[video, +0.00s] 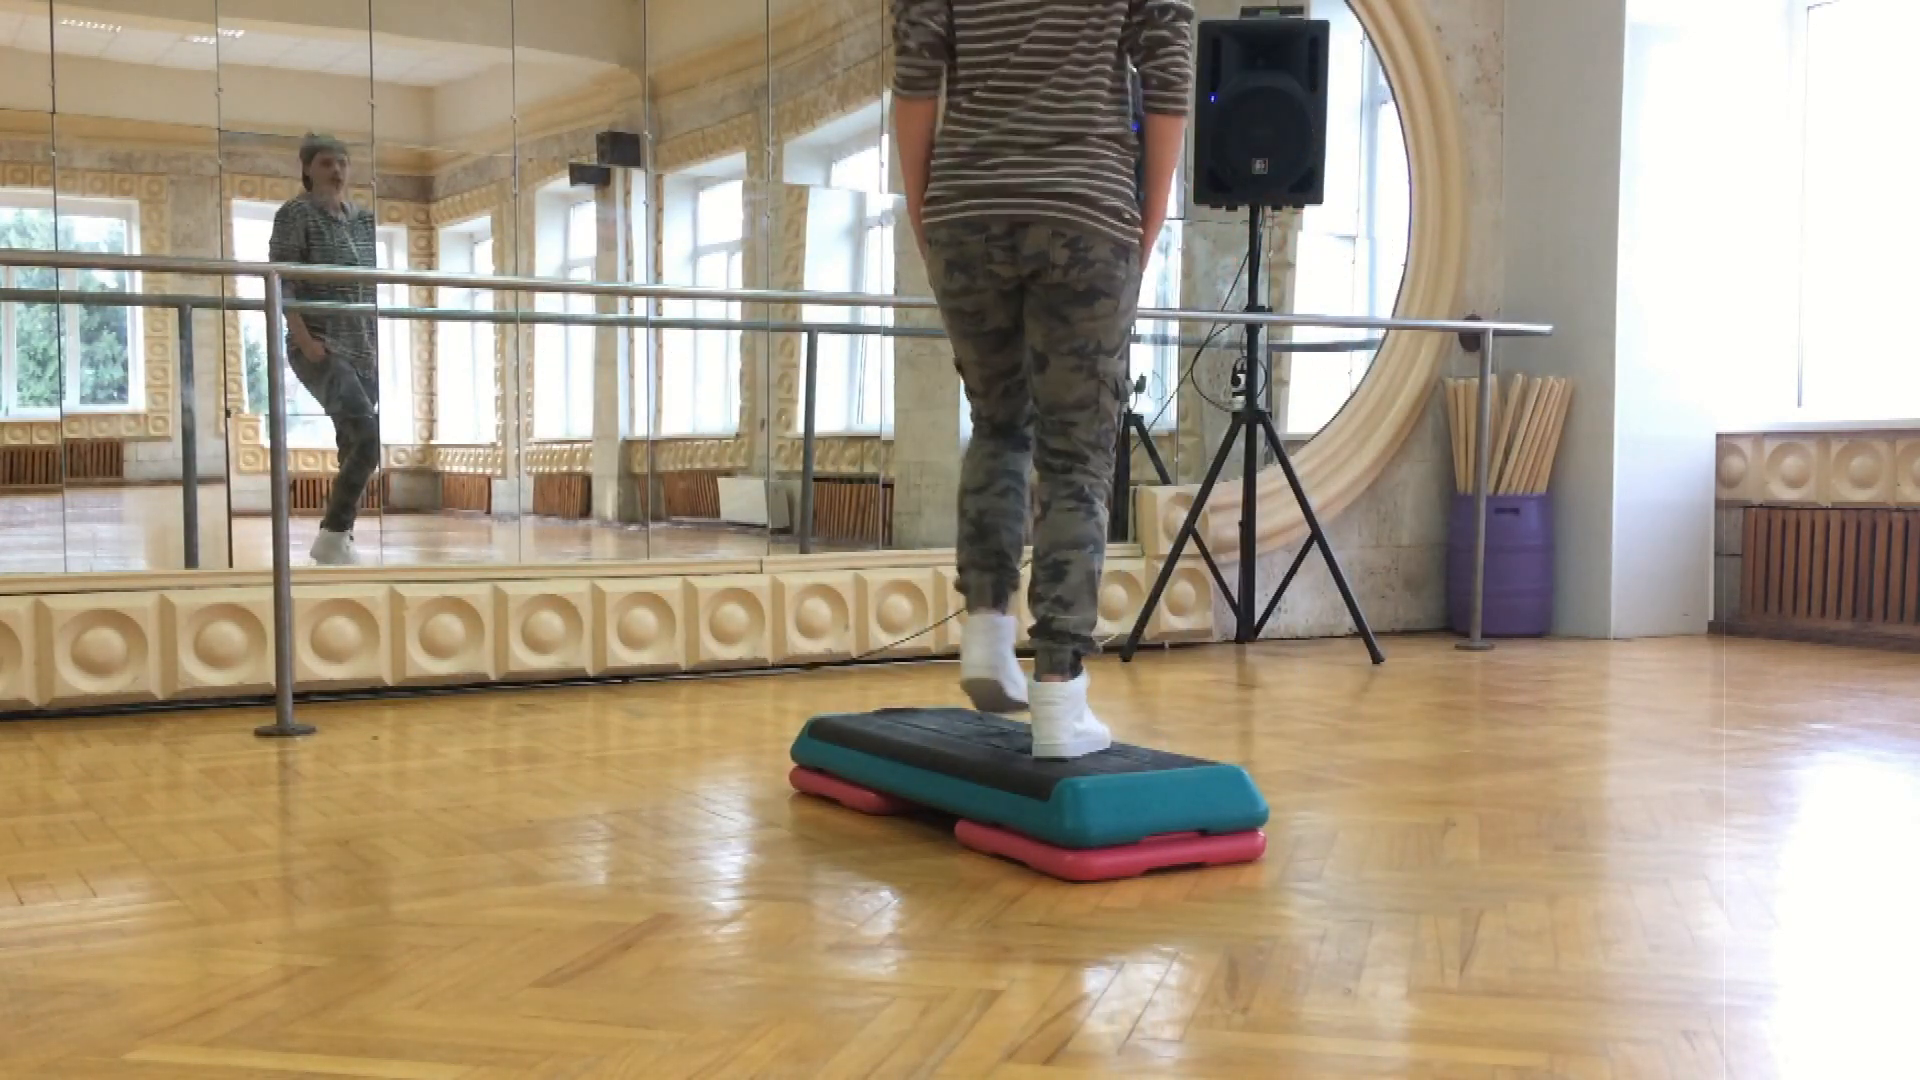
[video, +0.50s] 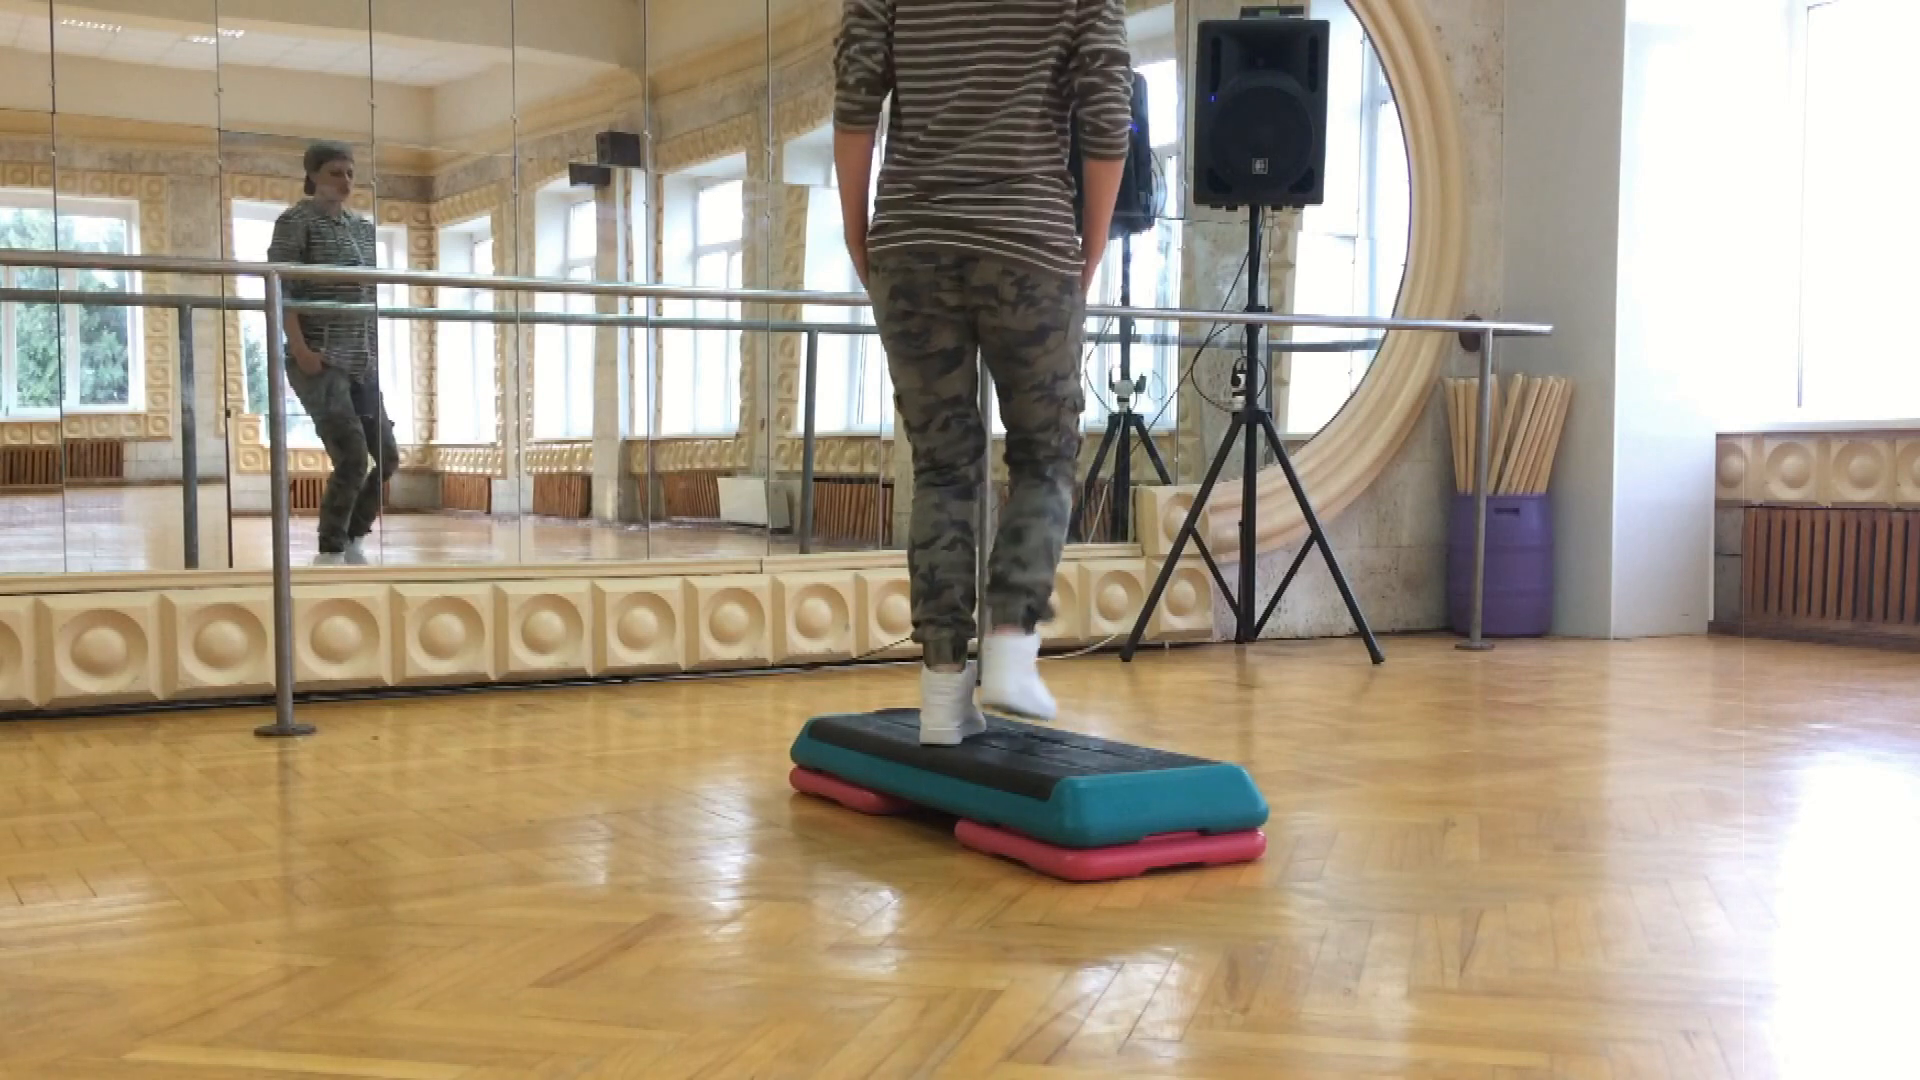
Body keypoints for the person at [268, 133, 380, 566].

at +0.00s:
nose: (336, 168)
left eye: (341, 162)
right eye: (326, 162)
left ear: (349, 171)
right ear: (307, 170)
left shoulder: (362, 219)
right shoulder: (296, 212)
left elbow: (366, 285)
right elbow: (279, 280)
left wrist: (370, 340)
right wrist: (303, 337)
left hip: (363, 347)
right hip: (319, 345)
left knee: (360, 446)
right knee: (364, 438)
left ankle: (338, 541)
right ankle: (331, 537)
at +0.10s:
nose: (337, 166)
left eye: (342, 160)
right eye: (327, 160)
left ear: (350, 168)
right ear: (307, 168)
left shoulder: (362, 218)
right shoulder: (293, 211)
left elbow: (365, 284)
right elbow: (277, 279)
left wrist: (370, 339)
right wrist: (305, 336)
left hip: (362, 346)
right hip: (319, 343)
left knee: (354, 444)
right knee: (364, 436)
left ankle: (334, 543)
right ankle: (332, 539)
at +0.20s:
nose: (339, 172)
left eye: (343, 166)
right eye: (329, 166)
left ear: (349, 173)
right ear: (308, 172)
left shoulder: (363, 228)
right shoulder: (293, 222)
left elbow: (366, 294)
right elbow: (276, 293)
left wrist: (369, 346)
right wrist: (304, 346)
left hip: (363, 355)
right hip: (321, 355)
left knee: (366, 454)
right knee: (359, 451)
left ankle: (336, 547)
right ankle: (331, 549)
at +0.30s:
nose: (340, 177)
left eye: (344, 172)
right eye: (330, 171)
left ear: (349, 179)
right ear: (308, 175)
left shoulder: (361, 230)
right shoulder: (294, 223)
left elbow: (367, 295)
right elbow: (282, 294)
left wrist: (370, 350)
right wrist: (299, 349)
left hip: (362, 362)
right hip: (319, 360)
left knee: (369, 464)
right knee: (352, 456)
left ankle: (342, 549)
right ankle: (330, 551)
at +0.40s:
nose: (340, 179)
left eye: (346, 173)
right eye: (331, 172)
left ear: (351, 180)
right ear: (309, 177)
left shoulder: (362, 226)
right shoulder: (297, 216)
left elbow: (365, 291)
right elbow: (281, 285)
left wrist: (370, 350)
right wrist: (298, 347)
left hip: (359, 360)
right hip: (317, 358)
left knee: (384, 456)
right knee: (353, 455)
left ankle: (348, 539)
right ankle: (329, 549)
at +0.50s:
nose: (345, 181)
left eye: (349, 174)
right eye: (335, 173)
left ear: (353, 181)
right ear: (311, 178)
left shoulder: (363, 228)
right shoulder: (295, 221)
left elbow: (367, 294)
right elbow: (280, 290)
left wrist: (371, 352)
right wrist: (299, 349)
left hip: (361, 362)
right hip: (319, 360)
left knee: (385, 455)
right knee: (354, 458)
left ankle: (352, 540)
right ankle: (330, 551)